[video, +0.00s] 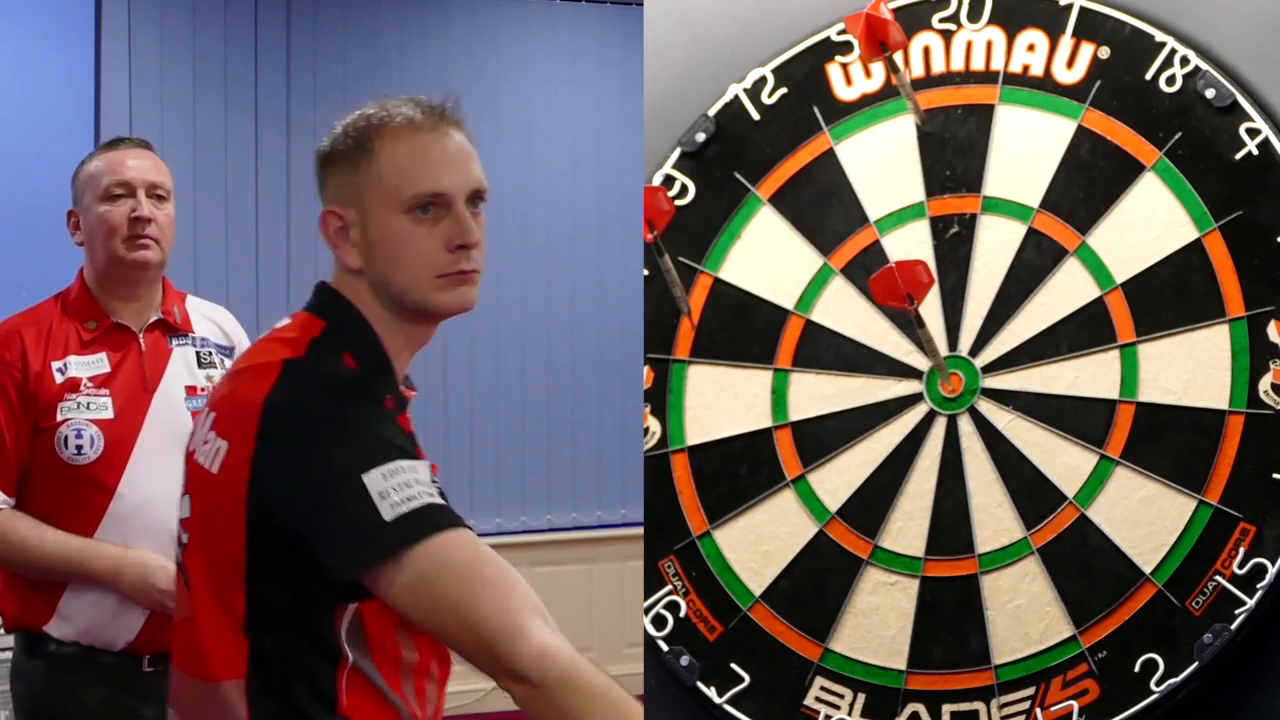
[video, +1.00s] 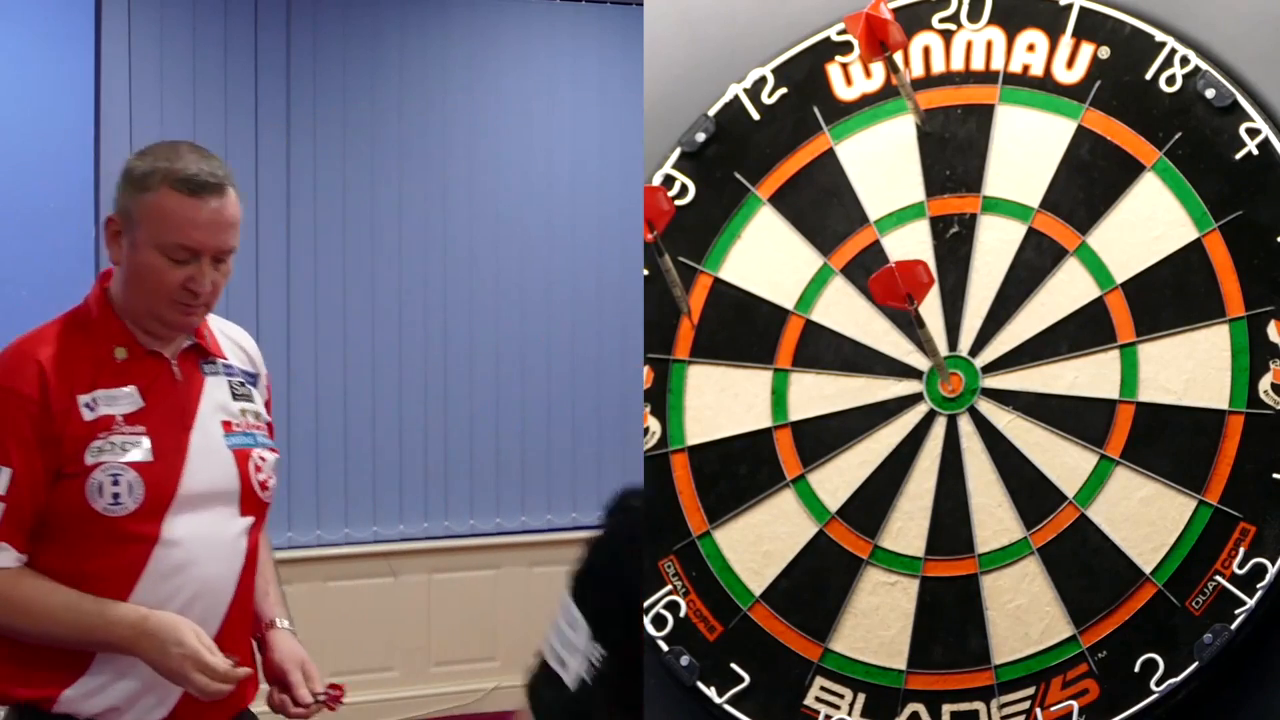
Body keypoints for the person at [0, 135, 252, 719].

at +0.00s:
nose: (142, 210)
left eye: (157, 196)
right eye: (117, 195)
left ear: (175, 220)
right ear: (77, 225)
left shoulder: (219, 332)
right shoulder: (20, 344)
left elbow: (262, 475)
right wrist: (118, 566)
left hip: (205, 672)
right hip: (68, 671)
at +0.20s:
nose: (139, 212)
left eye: (155, 198)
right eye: (113, 198)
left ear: (172, 221)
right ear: (72, 226)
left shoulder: (222, 339)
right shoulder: (18, 350)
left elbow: (251, 476)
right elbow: (0, 527)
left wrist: (236, 552)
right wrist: (112, 580)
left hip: (187, 684)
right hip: (57, 683)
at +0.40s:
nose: (127, 218)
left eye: (143, 202)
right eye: (100, 201)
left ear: (159, 224)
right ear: (55, 230)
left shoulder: (214, 347)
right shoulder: (8, 355)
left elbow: (247, 489)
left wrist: (239, 573)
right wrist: (89, 597)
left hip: (182, 693)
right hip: (45, 693)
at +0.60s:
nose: (127, 222)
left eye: (142, 203)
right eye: (99, 200)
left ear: (158, 219)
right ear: (48, 222)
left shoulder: (206, 345)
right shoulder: (8, 349)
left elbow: (233, 492)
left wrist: (238, 589)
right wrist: (67, 600)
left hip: (182, 695)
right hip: (38, 697)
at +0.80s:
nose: (153, 249)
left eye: (170, 227)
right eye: (128, 224)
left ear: (185, 231)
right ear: (69, 222)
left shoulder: (211, 346)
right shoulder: (9, 357)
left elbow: (230, 499)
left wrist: (247, 605)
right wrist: (90, 610)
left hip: (199, 697)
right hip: (47, 699)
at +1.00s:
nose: (204, 284)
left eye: (222, 259)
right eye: (181, 257)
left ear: (236, 250)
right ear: (116, 240)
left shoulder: (239, 357)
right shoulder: (33, 375)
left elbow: (247, 517)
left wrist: (275, 628)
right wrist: (135, 629)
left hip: (220, 706)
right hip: (75, 708)